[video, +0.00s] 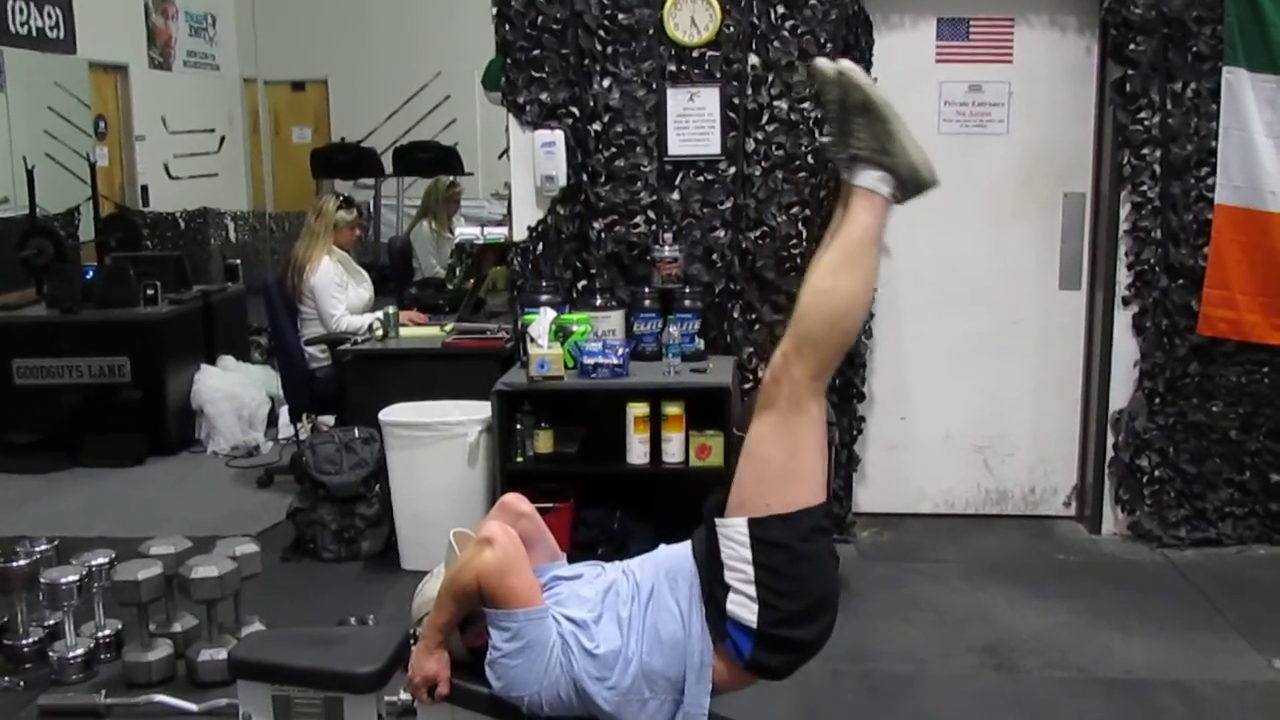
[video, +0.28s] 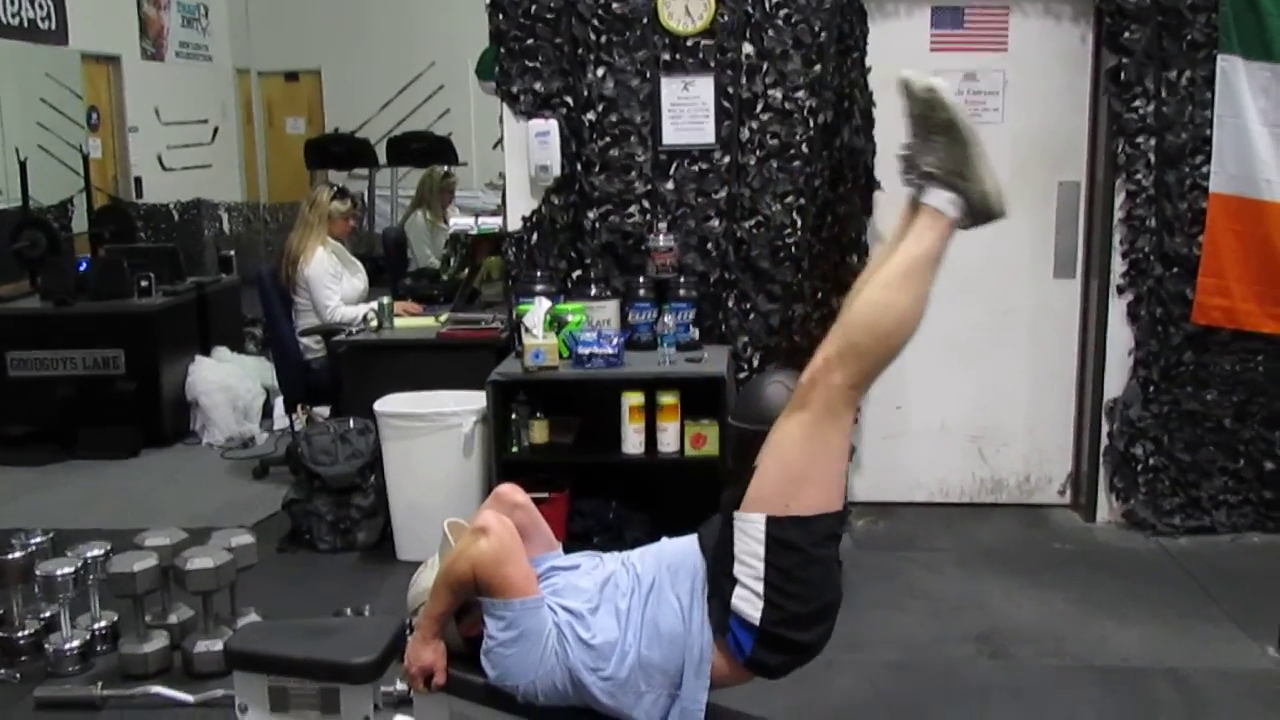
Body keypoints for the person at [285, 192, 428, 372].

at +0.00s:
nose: (358, 234)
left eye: (358, 228)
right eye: (352, 228)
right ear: (332, 228)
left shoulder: (336, 260)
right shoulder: (323, 266)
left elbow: (347, 317)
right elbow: (336, 324)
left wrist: (392, 315)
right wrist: (391, 318)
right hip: (329, 363)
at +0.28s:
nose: (352, 225)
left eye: (353, 219)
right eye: (347, 219)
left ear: (331, 219)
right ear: (328, 218)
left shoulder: (328, 250)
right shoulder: (317, 256)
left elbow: (340, 307)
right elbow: (332, 315)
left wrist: (386, 307)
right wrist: (385, 308)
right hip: (324, 357)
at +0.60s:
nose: (348, 188)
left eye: (349, 181)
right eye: (342, 181)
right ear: (323, 182)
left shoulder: (326, 213)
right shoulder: (313, 219)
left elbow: (337, 271)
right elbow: (328, 277)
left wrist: (382, 269)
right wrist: (383, 271)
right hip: (320, 318)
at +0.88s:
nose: (346, 178)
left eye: (347, 171)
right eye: (341, 172)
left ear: (325, 173)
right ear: (321, 172)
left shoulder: (323, 203)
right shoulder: (312, 209)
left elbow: (335, 261)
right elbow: (327, 268)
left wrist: (382, 260)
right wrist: (381, 261)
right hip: (319, 311)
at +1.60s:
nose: (344, 162)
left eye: (345, 156)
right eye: (338, 156)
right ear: (318, 157)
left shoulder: (323, 188)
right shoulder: (310, 194)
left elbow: (335, 245)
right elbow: (325, 253)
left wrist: (379, 245)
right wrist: (379, 247)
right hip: (317, 295)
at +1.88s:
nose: (344, 160)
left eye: (345, 154)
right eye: (338, 154)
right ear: (318, 155)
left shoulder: (323, 187)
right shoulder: (310, 192)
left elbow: (334, 244)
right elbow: (324, 251)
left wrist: (380, 243)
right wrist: (380, 245)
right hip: (318, 291)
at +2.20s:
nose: (344, 160)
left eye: (345, 153)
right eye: (338, 154)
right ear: (318, 154)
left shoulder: (323, 186)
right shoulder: (310, 192)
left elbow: (335, 243)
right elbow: (325, 251)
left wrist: (379, 243)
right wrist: (378, 245)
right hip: (318, 291)